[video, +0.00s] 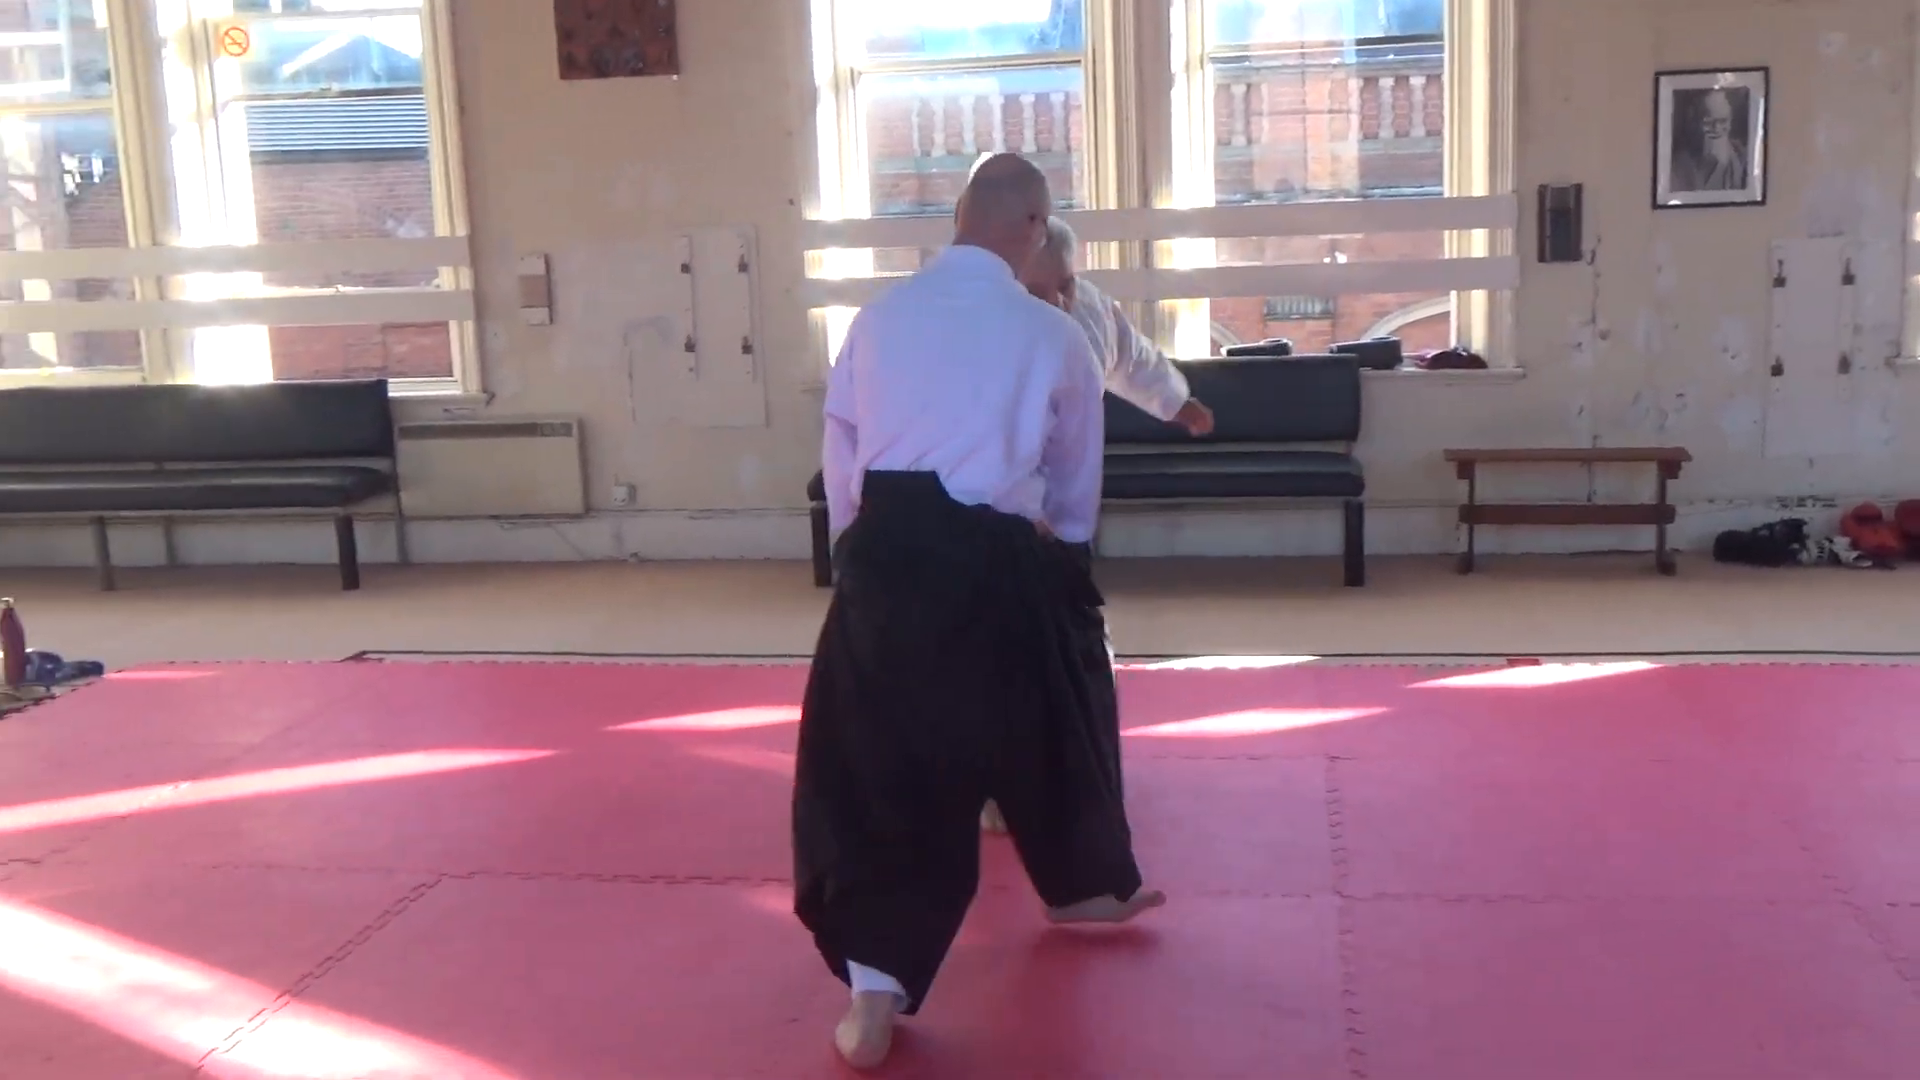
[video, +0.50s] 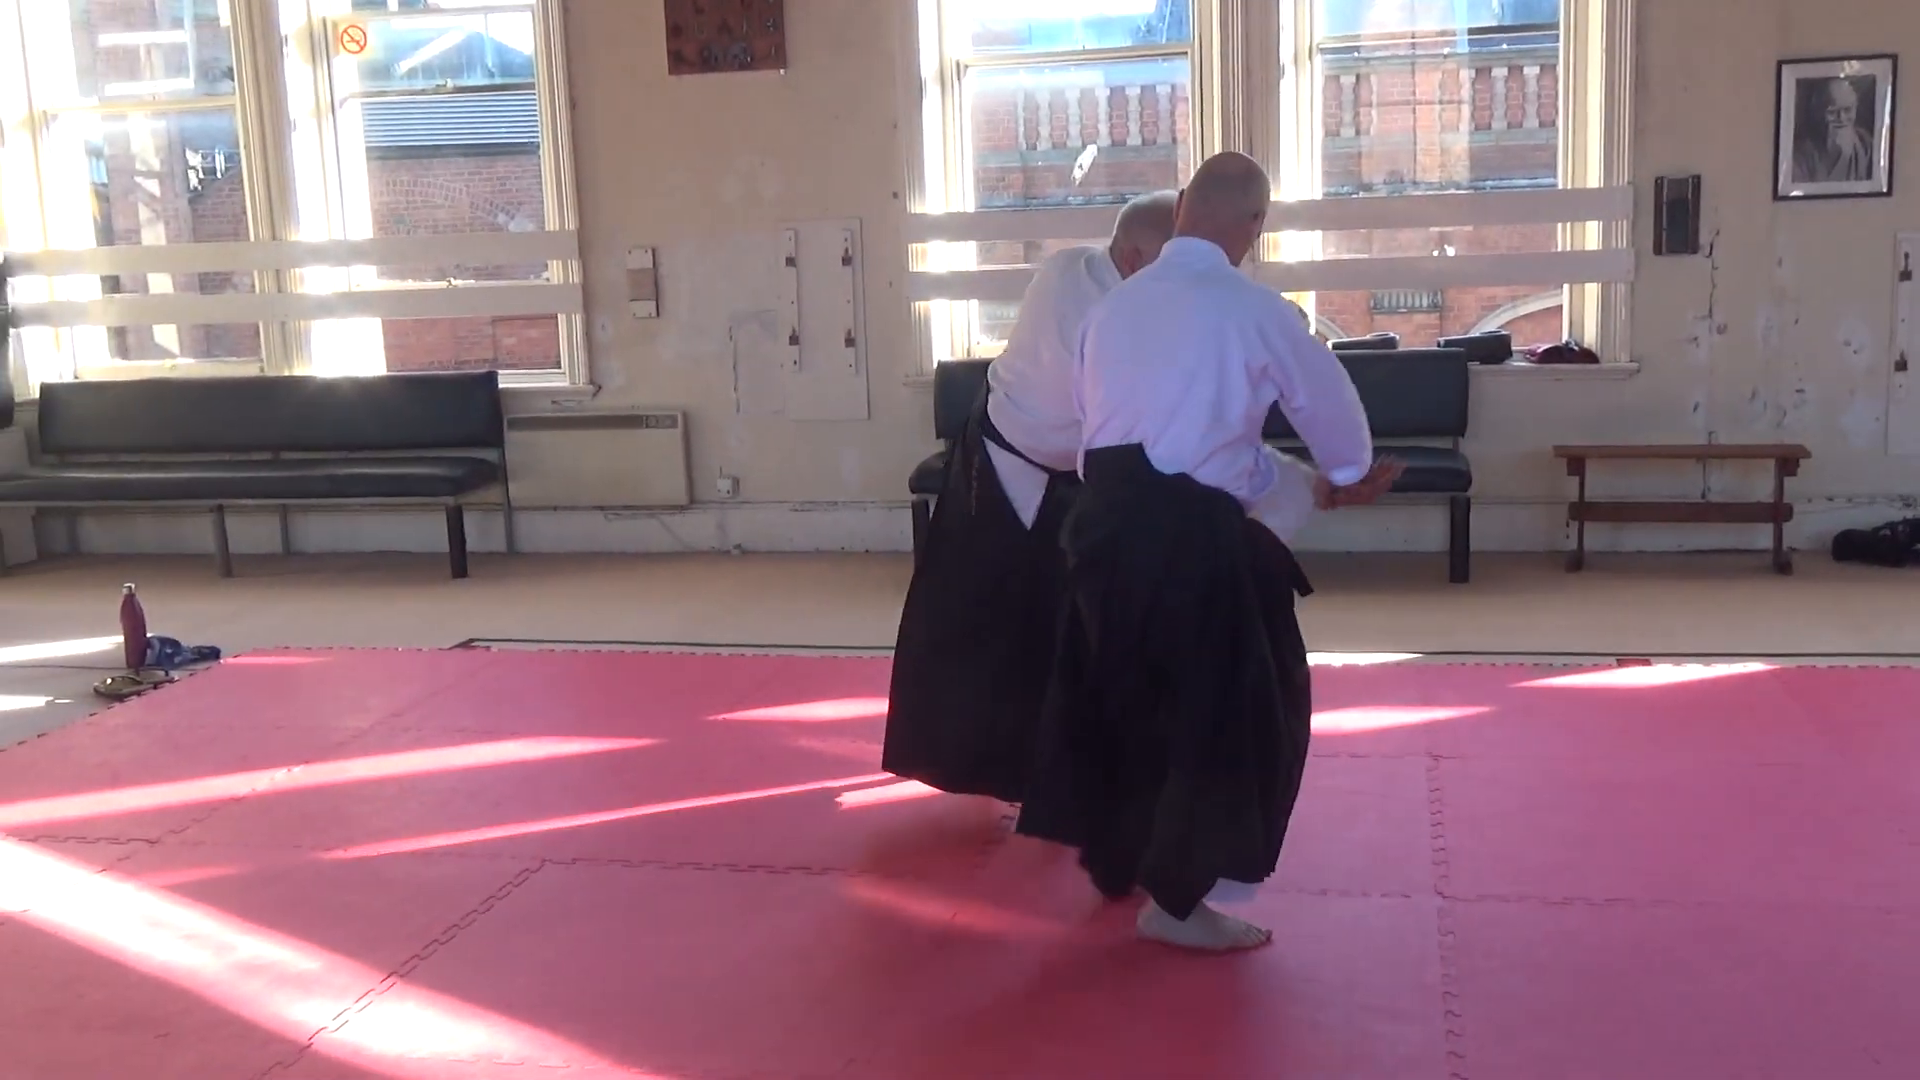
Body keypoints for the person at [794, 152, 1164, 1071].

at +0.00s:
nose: (1049, 247)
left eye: (1051, 230)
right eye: (1048, 230)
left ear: (955, 220)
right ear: (1029, 227)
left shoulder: (878, 317)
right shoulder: (1056, 337)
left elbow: (841, 457)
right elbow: (1075, 488)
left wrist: (856, 555)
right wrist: (1058, 579)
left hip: (885, 562)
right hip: (1001, 567)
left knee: (889, 771)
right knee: (1047, 707)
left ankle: (875, 979)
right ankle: (1081, 881)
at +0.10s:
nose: (1101, 241)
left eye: (1100, 227)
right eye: (1101, 227)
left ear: (1009, 223)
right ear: (1081, 230)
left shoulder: (929, 320)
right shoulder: (1098, 336)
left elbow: (895, 480)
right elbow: (1126, 491)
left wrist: (904, 554)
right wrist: (1090, 568)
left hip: (941, 568)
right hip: (1049, 571)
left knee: (939, 769)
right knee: (1091, 722)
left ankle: (909, 968)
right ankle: (1117, 904)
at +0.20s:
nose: (1152, 251)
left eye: (1152, 235)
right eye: (1155, 235)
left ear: (1070, 224)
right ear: (1144, 232)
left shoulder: (989, 325)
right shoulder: (1150, 335)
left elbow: (957, 471)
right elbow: (1195, 479)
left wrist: (949, 559)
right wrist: (1191, 545)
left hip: (987, 550)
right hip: (1096, 558)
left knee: (986, 758)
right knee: (1162, 712)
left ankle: (939, 952)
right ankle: (1134, 904)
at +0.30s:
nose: (1204, 242)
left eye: (1198, 228)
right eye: (1208, 230)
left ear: (1121, 219)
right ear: (1198, 233)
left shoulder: (1043, 313)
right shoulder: (1200, 328)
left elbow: (996, 434)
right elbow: (1256, 460)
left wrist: (1012, 527)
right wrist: (1260, 529)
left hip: (1036, 538)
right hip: (1146, 545)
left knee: (1054, 734)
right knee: (1186, 722)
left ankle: (983, 901)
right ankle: (1150, 904)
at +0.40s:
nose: (1244, 239)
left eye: (1243, 227)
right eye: (1244, 227)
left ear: (1159, 212)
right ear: (1234, 227)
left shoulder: (1087, 305)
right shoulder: (1234, 314)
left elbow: (1054, 425)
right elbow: (1298, 418)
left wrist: (1064, 504)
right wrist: (1310, 504)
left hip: (1075, 526)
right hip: (1177, 534)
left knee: (1087, 706)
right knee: (1204, 711)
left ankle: (1048, 877)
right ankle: (1162, 901)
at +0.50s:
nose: (1258, 237)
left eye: (1259, 225)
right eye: (1261, 226)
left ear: (1178, 212)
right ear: (1253, 227)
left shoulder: (1108, 312)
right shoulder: (1259, 312)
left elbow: (1096, 429)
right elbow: (1340, 427)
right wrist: (1348, 478)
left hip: (1098, 521)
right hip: (1199, 532)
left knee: (1127, 687)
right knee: (1245, 703)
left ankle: (1120, 853)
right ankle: (1179, 897)